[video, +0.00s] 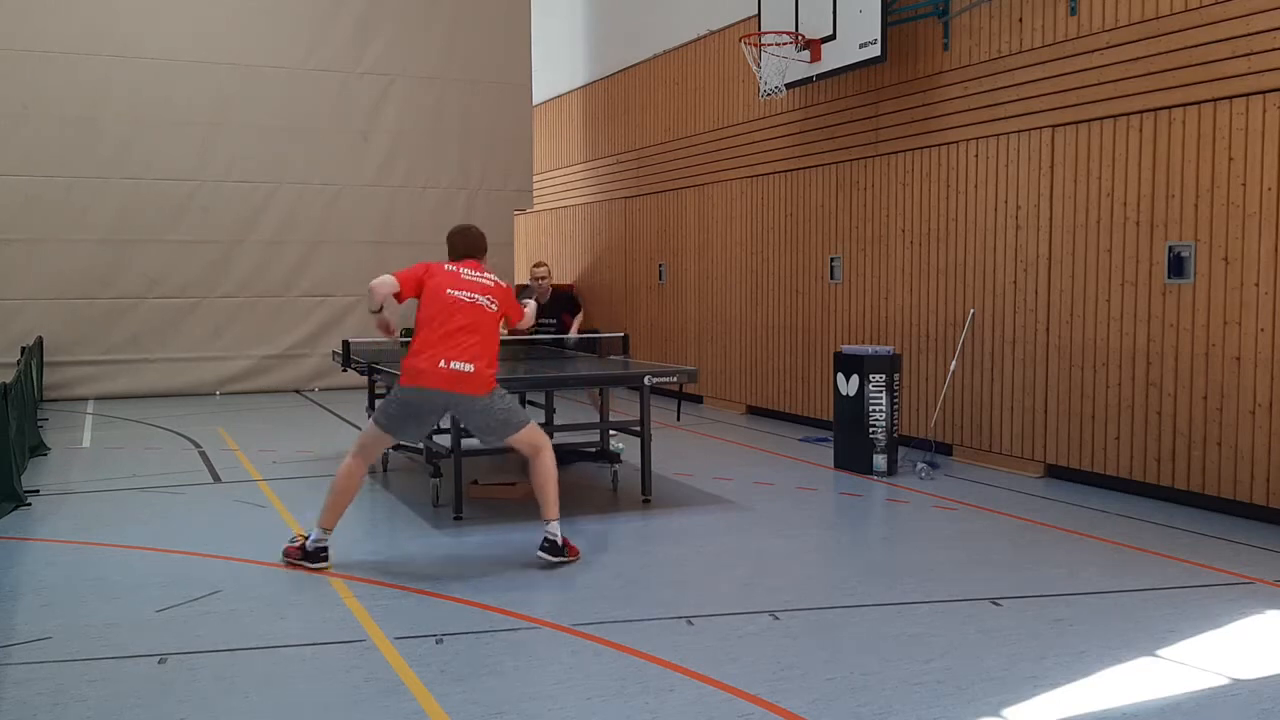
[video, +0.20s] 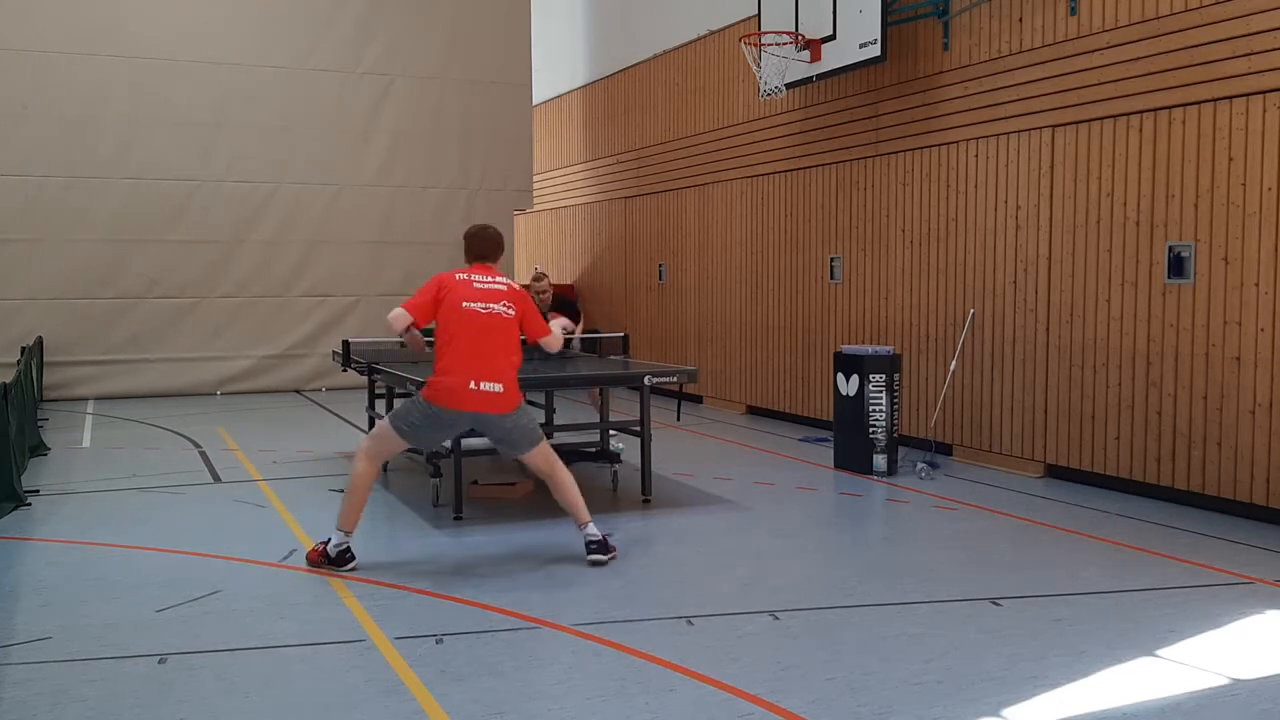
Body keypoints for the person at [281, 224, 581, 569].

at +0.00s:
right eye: (482, 252)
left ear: (449, 253)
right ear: (484, 256)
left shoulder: (431, 271)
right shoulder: (499, 287)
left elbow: (379, 287)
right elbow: (521, 324)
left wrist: (382, 316)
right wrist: (532, 306)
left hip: (420, 382)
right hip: (477, 388)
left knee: (361, 456)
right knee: (539, 446)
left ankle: (317, 541)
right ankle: (553, 536)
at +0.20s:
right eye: (501, 257)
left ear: (465, 255)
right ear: (501, 258)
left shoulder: (445, 283)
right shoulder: (515, 292)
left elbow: (397, 320)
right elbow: (552, 344)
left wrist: (414, 341)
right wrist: (560, 326)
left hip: (444, 401)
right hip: (503, 406)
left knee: (370, 451)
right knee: (551, 467)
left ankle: (339, 544)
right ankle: (593, 536)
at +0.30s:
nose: (524, 259)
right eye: (526, 253)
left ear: (490, 251)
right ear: (523, 255)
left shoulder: (463, 278)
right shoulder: (536, 290)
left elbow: (415, 320)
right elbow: (562, 355)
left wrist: (441, 328)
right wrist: (584, 359)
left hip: (460, 396)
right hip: (517, 398)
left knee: (394, 459)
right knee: (572, 454)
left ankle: (346, 544)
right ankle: (602, 528)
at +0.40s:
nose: (559, 264)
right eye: (560, 258)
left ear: (522, 252)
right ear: (556, 257)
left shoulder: (489, 278)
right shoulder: (556, 291)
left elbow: (455, 328)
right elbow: (559, 357)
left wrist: (492, 342)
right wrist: (589, 391)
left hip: (471, 386)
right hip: (523, 387)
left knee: (416, 457)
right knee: (589, 447)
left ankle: (371, 535)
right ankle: (626, 531)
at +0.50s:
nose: (588, 286)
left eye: (586, 280)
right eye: (589, 280)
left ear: (554, 270)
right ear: (585, 278)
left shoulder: (521, 294)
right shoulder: (566, 305)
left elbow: (513, 347)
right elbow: (550, 363)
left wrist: (561, 362)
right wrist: (586, 412)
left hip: (484, 405)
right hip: (535, 409)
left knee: (441, 472)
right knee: (609, 452)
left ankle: (385, 540)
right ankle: (641, 535)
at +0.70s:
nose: (584, 283)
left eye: (586, 274)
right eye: (586, 273)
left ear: (551, 262)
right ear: (573, 266)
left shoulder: (513, 287)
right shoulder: (553, 295)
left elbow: (512, 347)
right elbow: (551, 359)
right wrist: (610, 372)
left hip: (483, 408)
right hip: (534, 410)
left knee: (438, 473)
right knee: (609, 447)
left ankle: (378, 540)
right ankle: (641, 536)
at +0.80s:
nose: (557, 263)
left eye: (558, 256)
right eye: (557, 255)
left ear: (519, 248)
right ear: (545, 250)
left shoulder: (481, 278)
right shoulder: (547, 283)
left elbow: (463, 333)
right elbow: (580, 338)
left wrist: (507, 322)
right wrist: (593, 305)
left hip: (473, 398)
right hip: (528, 401)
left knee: (416, 459)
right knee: (595, 448)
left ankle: (367, 535)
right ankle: (625, 533)